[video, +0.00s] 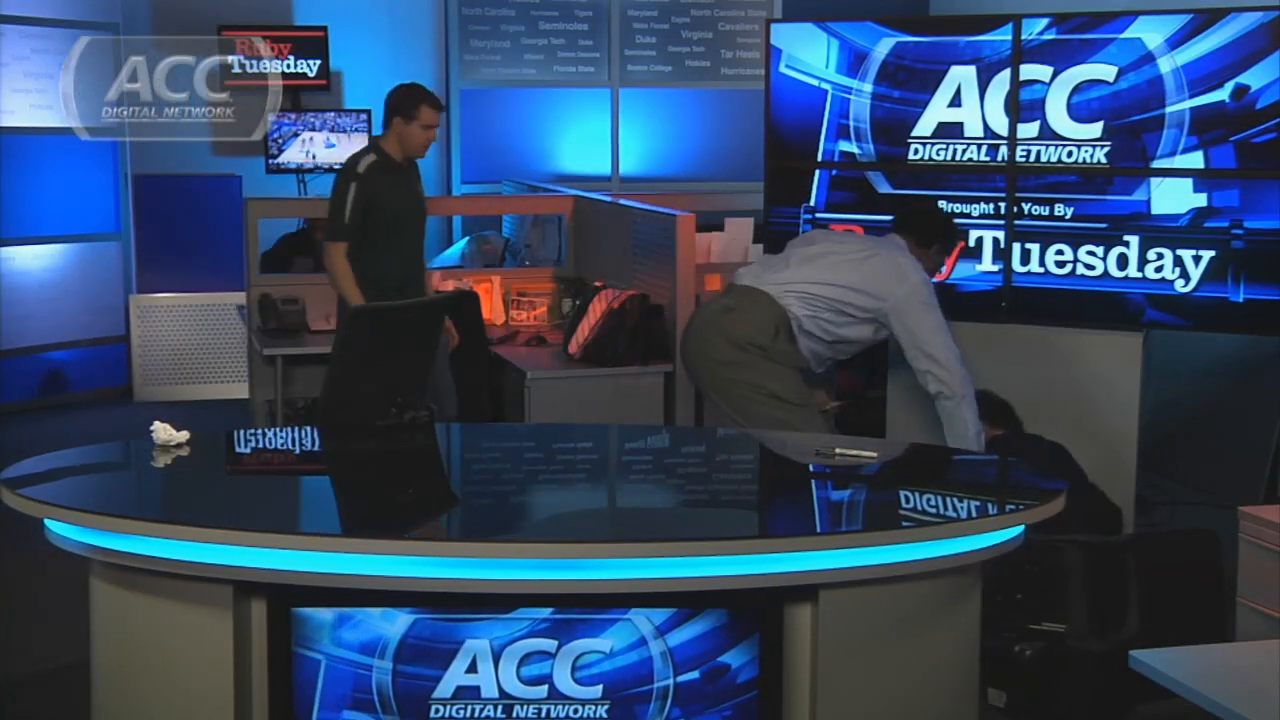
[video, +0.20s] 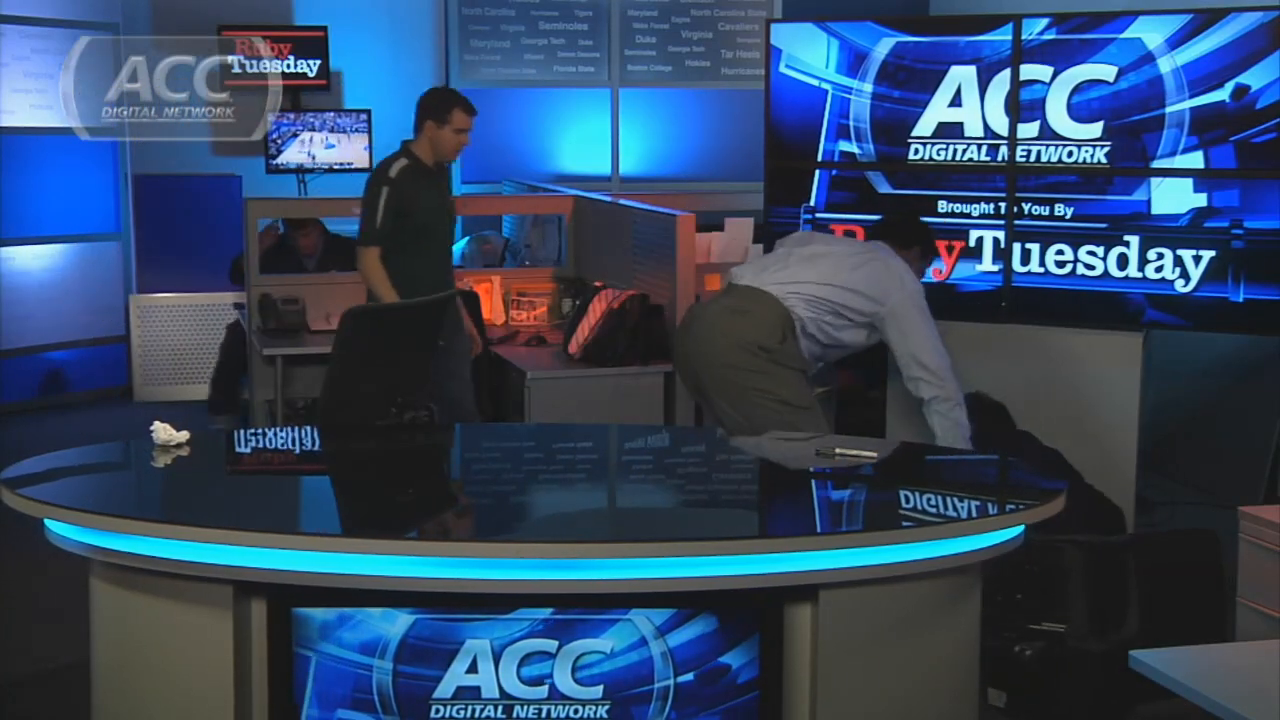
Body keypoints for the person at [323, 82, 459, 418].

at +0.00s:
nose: (433, 137)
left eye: (435, 129)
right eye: (427, 128)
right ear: (398, 123)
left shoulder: (410, 171)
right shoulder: (358, 171)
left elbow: (412, 256)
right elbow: (334, 254)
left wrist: (436, 316)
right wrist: (364, 316)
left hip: (412, 323)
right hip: (373, 326)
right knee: (368, 424)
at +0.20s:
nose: (465, 142)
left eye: (468, 133)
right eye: (459, 132)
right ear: (429, 128)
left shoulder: (440, 174)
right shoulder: (389, 176)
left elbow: (438, 260)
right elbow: (368, 260)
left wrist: (462, 319)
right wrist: (402, 318)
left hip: (443, 321)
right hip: (404, 325)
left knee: (456, 419)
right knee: (404, 422)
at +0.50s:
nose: (526, 141)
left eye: (529, 133)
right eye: (520, 131)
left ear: (497, 128)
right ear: (492, 126)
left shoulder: (498, 176)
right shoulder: (449, 173)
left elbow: (494, 256)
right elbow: (422, 254)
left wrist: (513, 318)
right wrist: (439, 326)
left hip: (504, 324)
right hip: (464, 328)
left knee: (500, 434)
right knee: (460, 434)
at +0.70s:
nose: (559, 140)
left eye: (562, 131)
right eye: (554, 130)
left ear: (533, 125)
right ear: (526, 123)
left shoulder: (532, 177)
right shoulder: (482, 171)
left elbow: (538, 259)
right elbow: (449, 250)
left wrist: (571, 319)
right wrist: (462, 324)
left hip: (531, 322)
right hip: (492, 323)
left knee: (532, 428)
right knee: (506, 432)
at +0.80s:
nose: (576, 140)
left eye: (578, 132)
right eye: (571, 130)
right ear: (543, 123)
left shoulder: (548, 178)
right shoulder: (499, 170)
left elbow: (557, 255)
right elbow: (465, 250)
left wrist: (595, 315)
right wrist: (478, 325)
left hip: (541, 320)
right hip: (507, 321)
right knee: (545, 421)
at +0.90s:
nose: (593, 142)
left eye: (595, 134)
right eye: (588, 132)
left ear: (567, 128)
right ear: (561, 125)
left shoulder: (564, 180)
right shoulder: (516, 172)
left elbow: (573, 251)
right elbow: (483, 251)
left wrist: (612, 311)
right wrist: (496, 328)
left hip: (556, 323)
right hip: (523, 322)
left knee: (556, 427)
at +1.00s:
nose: (611, 145)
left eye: (613, 137)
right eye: (605, 135)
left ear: (581, 131)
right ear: (577, 129)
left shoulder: (578, 180)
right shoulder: (535, 175)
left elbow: (588, 252)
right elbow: (501, 256)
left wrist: (628, 311)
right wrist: (520, 332)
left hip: (571, 324)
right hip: (542, 325)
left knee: (574, 430)